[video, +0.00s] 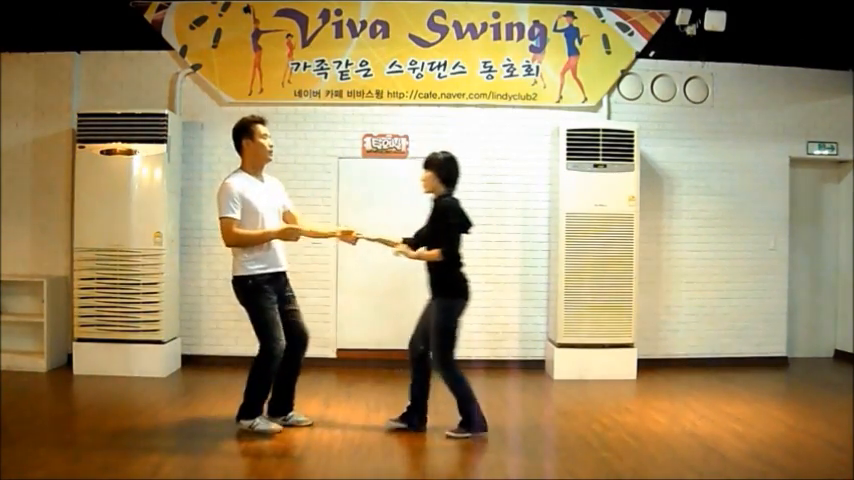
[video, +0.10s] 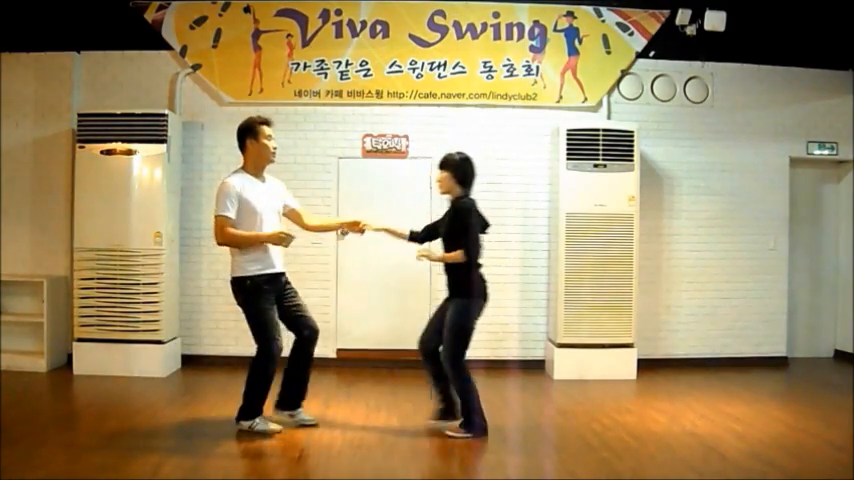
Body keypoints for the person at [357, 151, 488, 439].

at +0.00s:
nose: (422, 177)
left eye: (427, 172)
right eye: (424, 171)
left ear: (441, 176)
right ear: (439, 177)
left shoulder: (448, 207)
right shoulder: (440, 206)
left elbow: (447, 253)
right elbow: (417, 243)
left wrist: (414, 255)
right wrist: (374, 239)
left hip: (450, 295)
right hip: (441, 295)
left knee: (442, 360)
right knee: (417, 349)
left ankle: (474, 422)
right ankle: (415, 416)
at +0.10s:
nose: (437, 177)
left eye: (442, 171)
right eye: (439, 171)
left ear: (456, 177)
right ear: (454, 178)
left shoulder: (466, 210)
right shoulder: (454, 211)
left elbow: (469, 254)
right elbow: (421, 237)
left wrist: (436, 257)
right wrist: (383, 228)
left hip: (469, 296)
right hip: (457, 295)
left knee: (453, 357)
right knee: (428, 345)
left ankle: (474, 424)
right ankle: (449, 409)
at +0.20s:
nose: (451, 176)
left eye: (456, 170)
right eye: (452, 170)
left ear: (470, 175)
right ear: (465, 176)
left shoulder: (483, 209)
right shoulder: (462, 211)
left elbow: (490, 252)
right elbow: (427, 228)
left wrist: (456, 257)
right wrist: (391, 220)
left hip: (482, 294)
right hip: (468, 294)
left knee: (459, 355)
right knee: (448, 349)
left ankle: (474, 423)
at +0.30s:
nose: (462, 179)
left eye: (466, 173)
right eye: (462, 173)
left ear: (482, 176)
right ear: (474, 177)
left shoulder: (496, 209)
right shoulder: (470, 212)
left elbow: (509, 251)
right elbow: (435, 228)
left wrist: (471, 256)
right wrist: (397, 224)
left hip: (491, 295)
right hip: (478, 294)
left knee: (459, 353)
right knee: (476, 356)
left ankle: (475, 422)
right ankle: (518, 406)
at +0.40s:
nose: (467, 182)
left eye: (472, 177)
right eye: (468, 177)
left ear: (488, 181)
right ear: (480, 182)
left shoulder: (505, 216)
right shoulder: (474, 218)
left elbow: (515, 257)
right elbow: (439, 236)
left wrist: (481, 263)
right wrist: (400, 236)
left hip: (498, 300)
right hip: (487, 299)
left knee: (454, 348)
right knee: (489, 362)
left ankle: (473, 417)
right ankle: (524, 412)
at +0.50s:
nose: (468, 183)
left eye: (473, 178)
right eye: (469, 178)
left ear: (488, 182)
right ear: (479, 183)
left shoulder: (505, 217)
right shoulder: (473, 219)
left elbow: (516, 259)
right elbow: (437, 237)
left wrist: (480, 264)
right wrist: (397, 235)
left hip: (499, 301)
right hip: (485, 301)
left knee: (457, 353)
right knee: (488, 362)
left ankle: (479, 419)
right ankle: (524, 412)